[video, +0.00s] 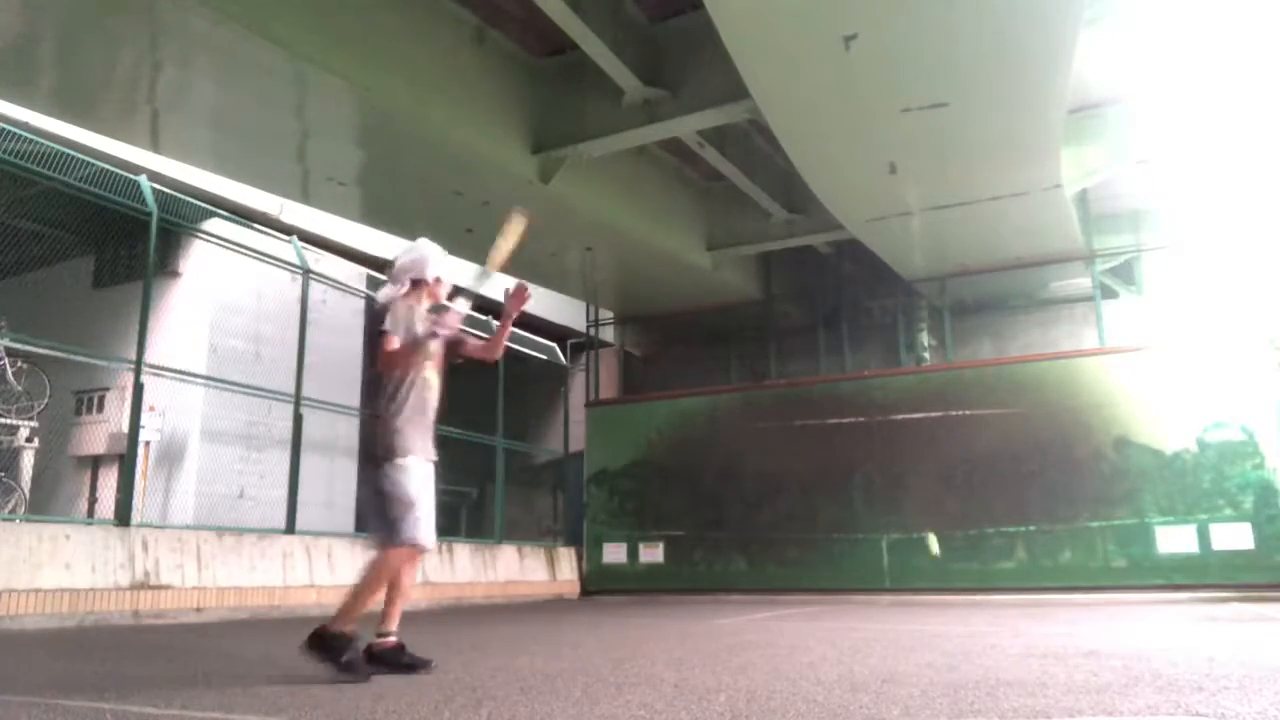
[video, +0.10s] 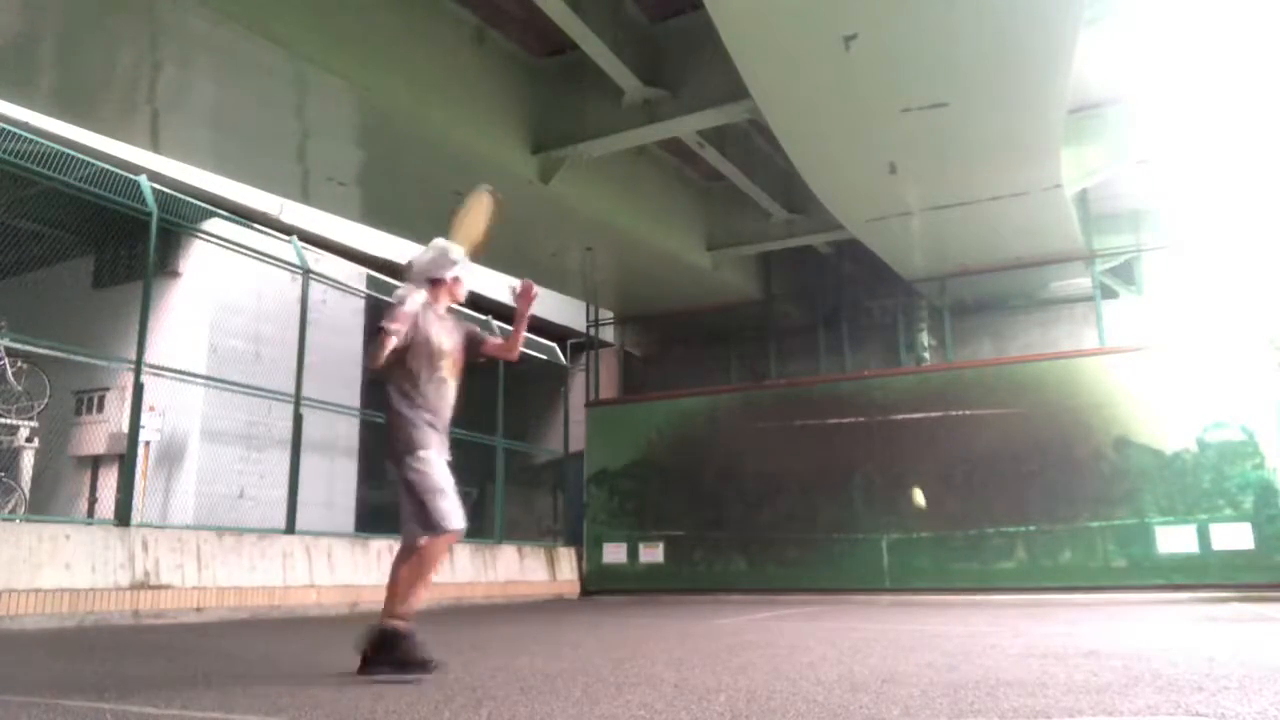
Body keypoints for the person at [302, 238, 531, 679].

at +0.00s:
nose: (447, 287)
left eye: (447, 280)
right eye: (443, 279)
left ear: (423, 280)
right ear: (426, 279)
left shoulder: (436, 320)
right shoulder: (395, 308)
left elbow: (489, 351)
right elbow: (389, 361)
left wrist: (509, 314)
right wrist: (434, 332)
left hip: (417, 447)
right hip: (395, 445)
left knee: (412, 545)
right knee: (406, 542)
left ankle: (386, 641)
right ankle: (335, 632)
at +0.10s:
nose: (466, 283)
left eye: (464, 276)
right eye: (460, 276)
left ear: (447, 280)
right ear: (442, 279)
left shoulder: (457, 325)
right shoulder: (412, 310)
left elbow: (509, 351)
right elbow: (376, 360)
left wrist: (522, 312)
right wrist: (401, 312)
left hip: (435, 439)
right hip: (413, 435)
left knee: (416, 542)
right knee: (448, 526)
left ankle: (387, 640)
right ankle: (393, 630)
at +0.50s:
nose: (577, 311)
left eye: (577, 303)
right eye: (573, 303)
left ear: (546, 303)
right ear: (555, 304)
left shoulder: (539, 346)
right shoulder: (530, 338)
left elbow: (550, 401)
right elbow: (495, 386)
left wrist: (590, 442)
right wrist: (479, 416)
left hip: (478, 447)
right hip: (495, 447)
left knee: (479, 551)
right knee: (552, 543)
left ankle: (402, 634)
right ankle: (506, 647)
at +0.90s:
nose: (672, 316)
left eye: (671, 309)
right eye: (670, 309)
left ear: (630, 305)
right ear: (659, 308)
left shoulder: (593, 342)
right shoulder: (655, 336)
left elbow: (542, 378)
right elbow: (725, 355)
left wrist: (556, 429)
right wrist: (741, 330)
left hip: (582, 461)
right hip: (602, 465)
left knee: (653, 543)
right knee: (626, 559)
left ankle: (681, 649)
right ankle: (526, 633)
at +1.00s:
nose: (686, 315)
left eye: (685, 309)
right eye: (684, 309)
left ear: (642, 307)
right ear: (674, 309)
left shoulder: (613, 348)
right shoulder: (675, 337)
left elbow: (561, 388)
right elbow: (746, 345)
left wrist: (565, 446)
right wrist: (742, 306)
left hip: (616, 470)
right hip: (642, 470)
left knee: (694, 540)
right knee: (663, 568)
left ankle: (687, 648)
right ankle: (555, 622)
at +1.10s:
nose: (694, 299)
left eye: (692, 293)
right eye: (692, 293)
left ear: (651, 293)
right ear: (683, 293)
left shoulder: (630, 335)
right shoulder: (686, 322)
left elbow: (583, 385)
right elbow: (757, 344)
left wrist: (594, 446)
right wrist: (747, 308)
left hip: (632, 452)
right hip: (661, 450)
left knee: (694, 550)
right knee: (693, 551)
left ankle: (687, 648)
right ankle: (604, 622)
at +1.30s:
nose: (699, 272)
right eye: (699, 265)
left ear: (655, 264)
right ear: (696, 266)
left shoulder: (634, 311)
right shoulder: (705, 304)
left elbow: (612, 379)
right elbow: (751, 366)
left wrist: (642, 395)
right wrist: (755, 348)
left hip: (642, 432)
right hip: (686, 427)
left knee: (677, 541)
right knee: (711, 538)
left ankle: (683, 644)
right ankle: (713, 642)